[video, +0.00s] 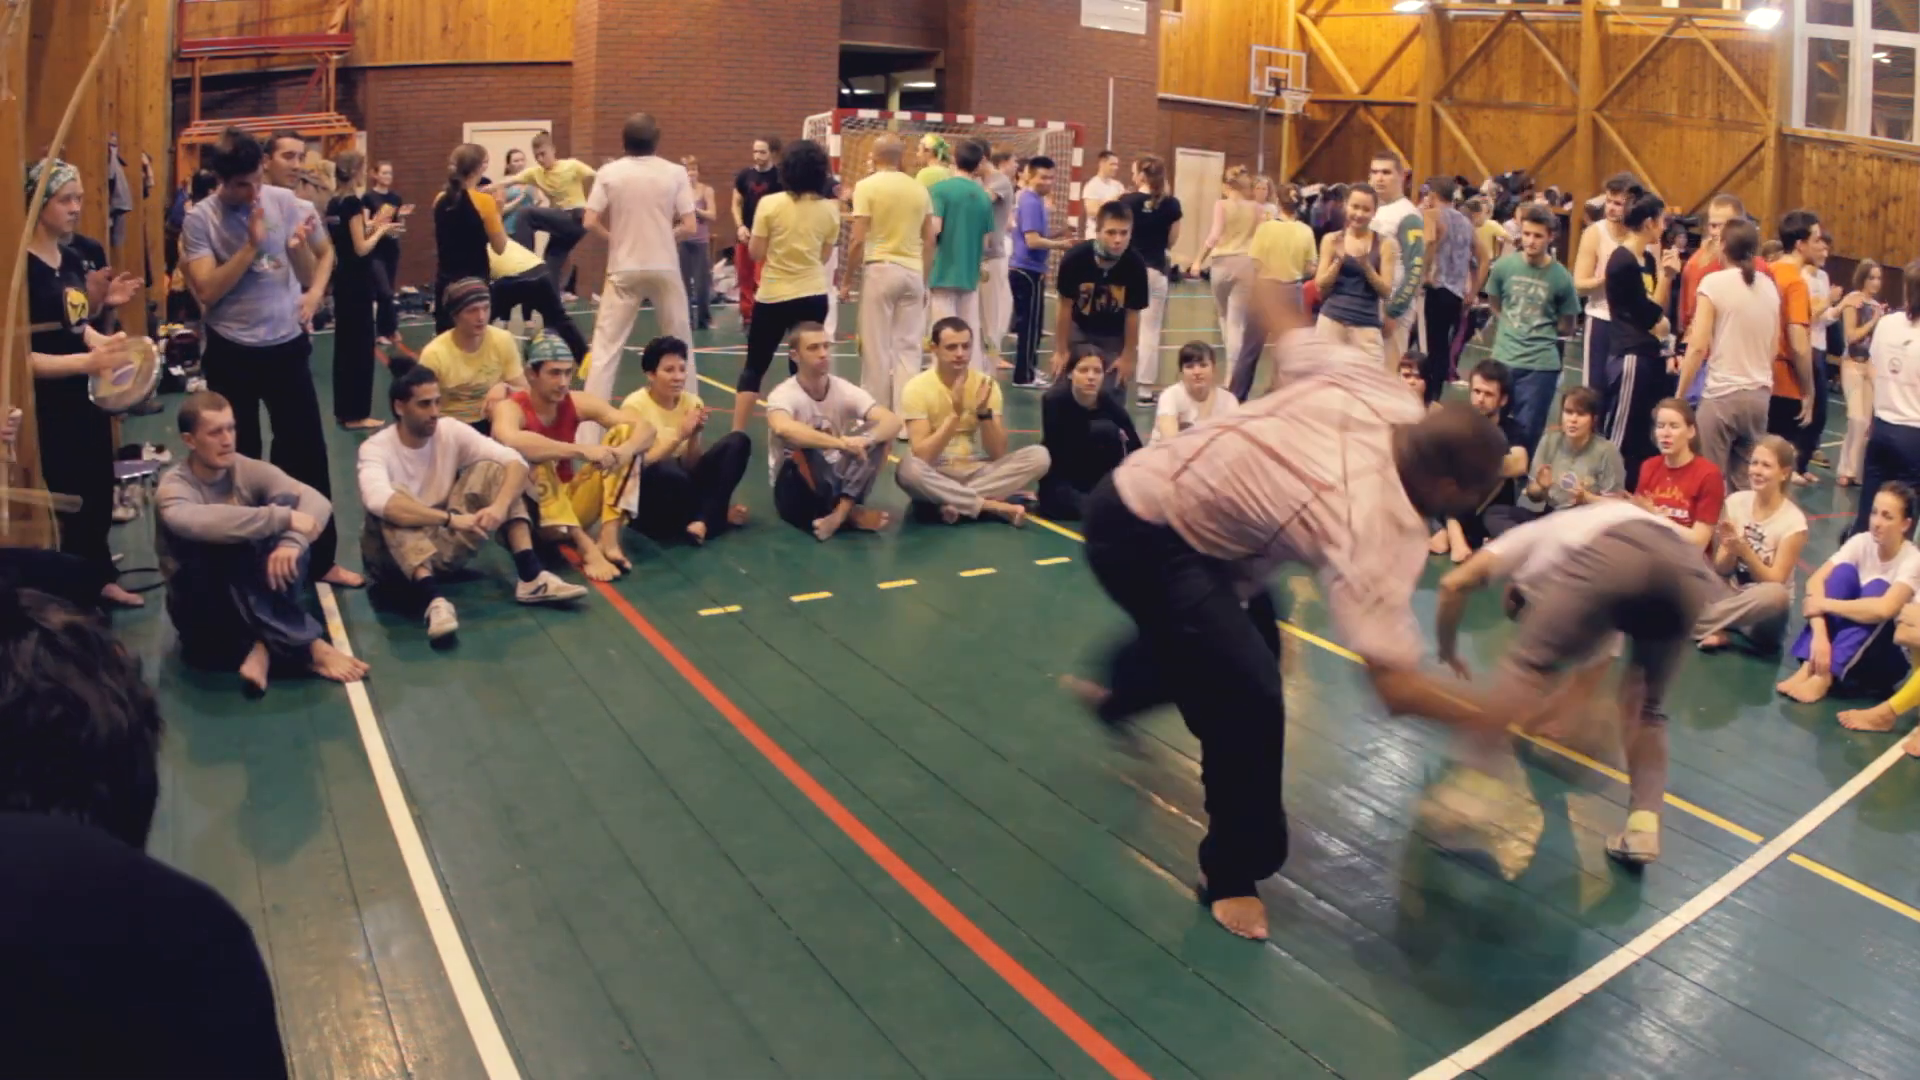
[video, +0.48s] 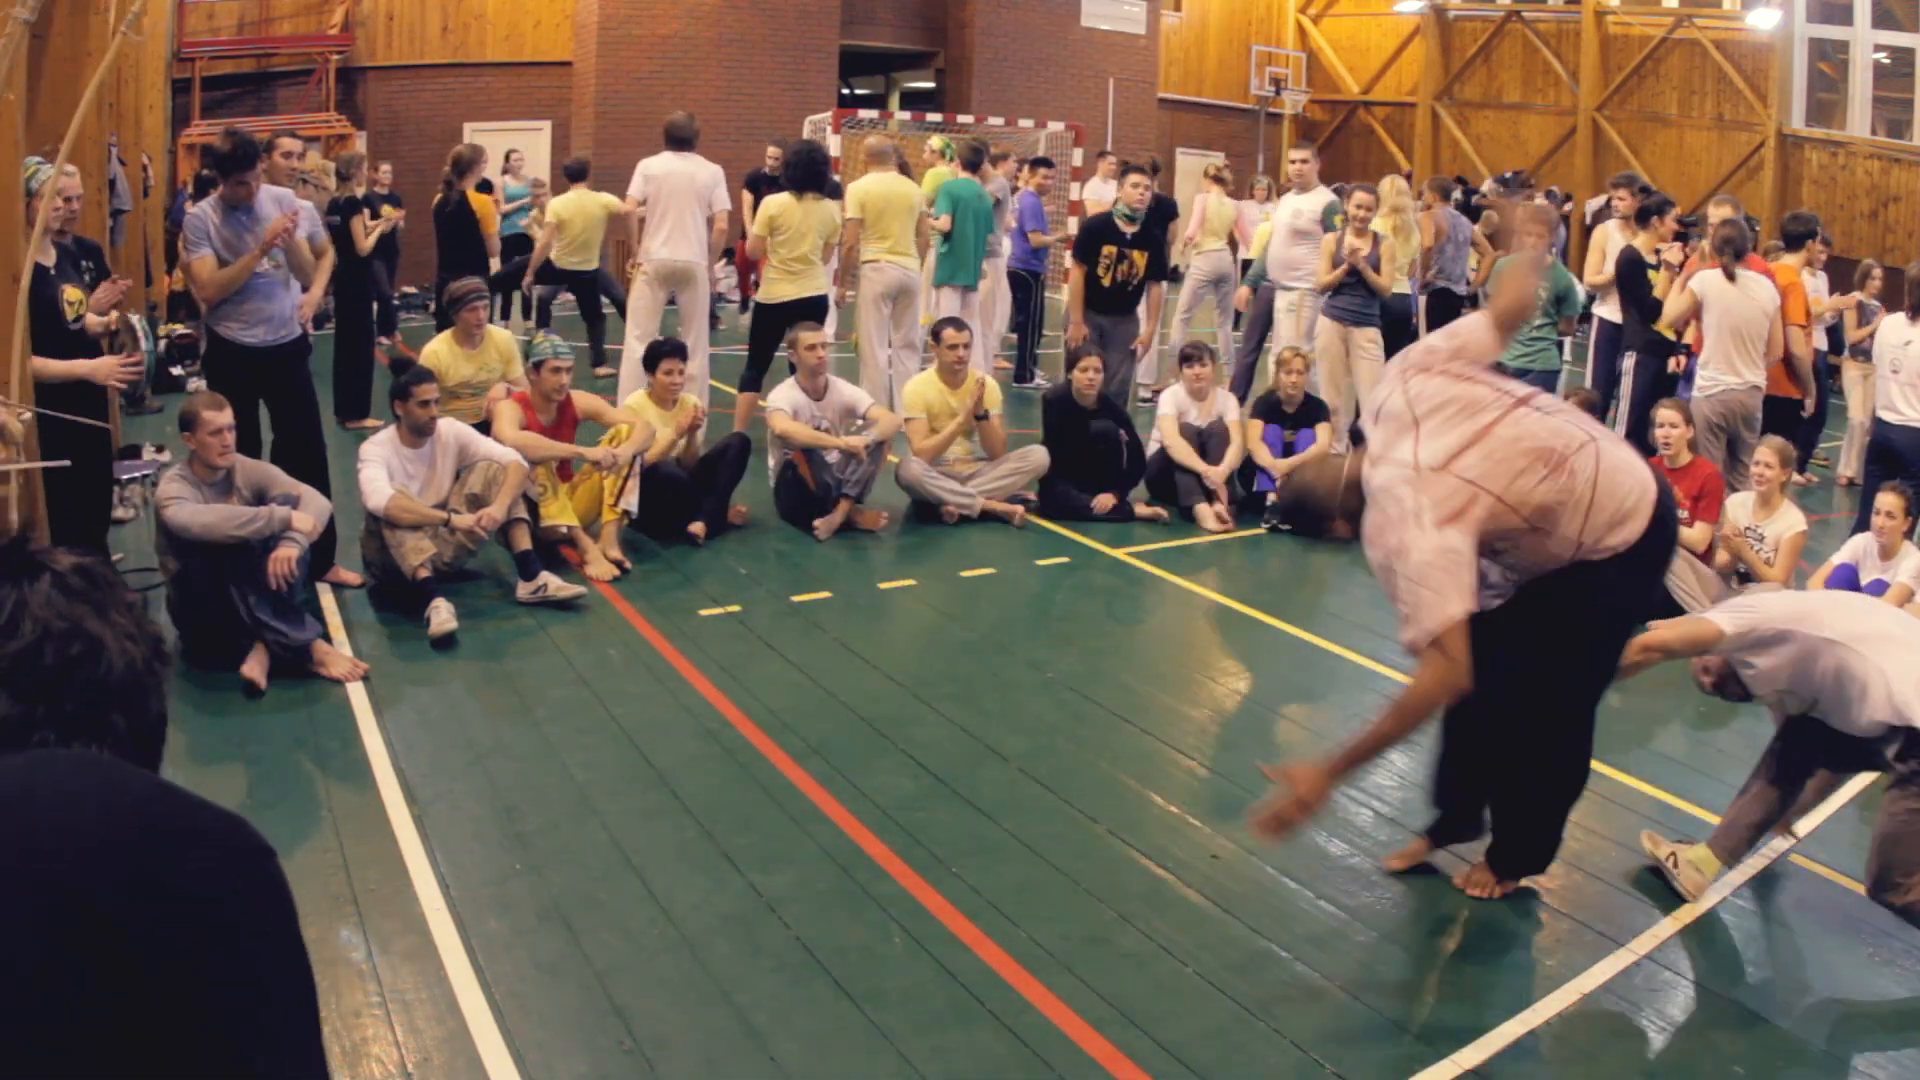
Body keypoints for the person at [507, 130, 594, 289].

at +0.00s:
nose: (540, 159)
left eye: (543, 154)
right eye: (537, 156)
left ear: (553, 150)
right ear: (534, 156)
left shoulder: (572, 166)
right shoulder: (536, 173)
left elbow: (598, 178)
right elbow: (511, 181)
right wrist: (488, 189)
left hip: (576, 216)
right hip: (561, 219)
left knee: (527, 215)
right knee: (552, 262)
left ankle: (523, 263)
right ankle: (550, 304)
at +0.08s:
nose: (533, 161)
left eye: (536, 156)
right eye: (530, 158)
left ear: (546, 153)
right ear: (527, 158)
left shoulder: (564, 164)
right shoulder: (531, 174)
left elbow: (599, 173)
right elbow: (507, 185)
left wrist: (588, 161)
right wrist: (485, 194)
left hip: (579, 215)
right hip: (562, 219)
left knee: (536, 230)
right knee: (552, 261)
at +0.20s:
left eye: (494, 194)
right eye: (522, 180)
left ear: (499, 193)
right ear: (519, 187)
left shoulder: (502, 216)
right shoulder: (544, 205)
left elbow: (500, 251)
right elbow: (575, 228)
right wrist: (587, 236)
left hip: (525, 277)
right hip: (557, 275)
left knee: (497, 321)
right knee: (576, 319)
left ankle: (494, 368)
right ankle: (596, 364)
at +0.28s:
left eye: (521, 181)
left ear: (526, 181)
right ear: (547, 178)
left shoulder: (522, 208)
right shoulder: (568, 199)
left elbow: (514, 247)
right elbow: (598, 216)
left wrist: (501, 277)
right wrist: (625, 218)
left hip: (534, 274)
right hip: (566, 274)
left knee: (501, 313)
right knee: (584, 317)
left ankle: (486, 361)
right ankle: (598, 364)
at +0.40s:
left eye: (555, 173)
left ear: (556, 175)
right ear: (578, 174)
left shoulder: (548, 203)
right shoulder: (593, 198)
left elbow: (536, 242)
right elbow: (618, 211)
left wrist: (519, 272)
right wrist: (635, 208)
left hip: (551, 266)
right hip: (580, 269)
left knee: (526, 291)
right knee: (588, 317)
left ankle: (539, 329)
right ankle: (598, 364)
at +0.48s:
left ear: (566, 177)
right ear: (588, 176)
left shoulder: (557, 204)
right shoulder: (602, 200)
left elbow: (545, 242)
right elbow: (628, 210)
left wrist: (531, 273)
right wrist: (644, 206)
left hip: (558, 269)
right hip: (587, 271)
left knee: (522, 265)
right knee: (594, 317)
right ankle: (599, 364)